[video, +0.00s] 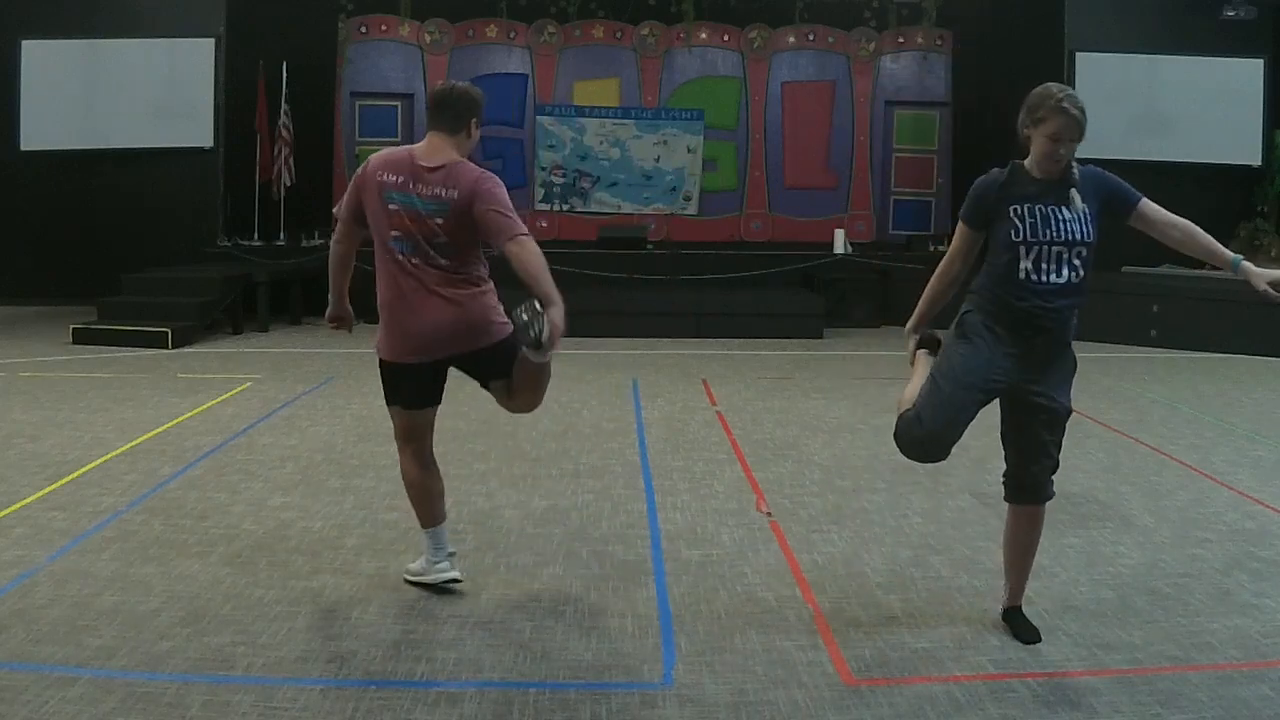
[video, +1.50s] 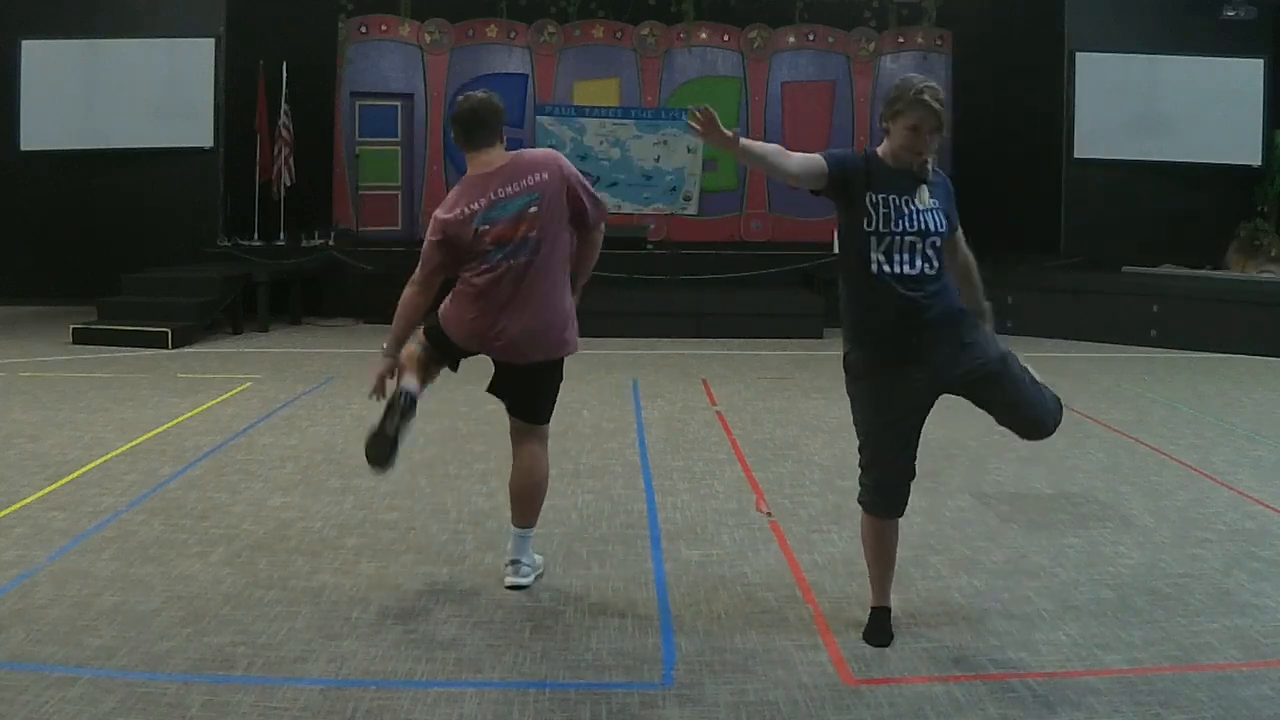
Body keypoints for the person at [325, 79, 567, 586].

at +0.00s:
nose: (479, 137)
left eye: (479, 130)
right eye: (480, 130)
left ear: (428, 121)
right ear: (471, 127)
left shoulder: (375, 168)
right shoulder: (478, 182)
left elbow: (343, 239)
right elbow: (516, 243)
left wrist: (338, 299)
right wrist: (552, 299)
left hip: (404, 335)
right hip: (473, 324)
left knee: (414, 447)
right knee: (521, 398)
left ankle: (439, 557)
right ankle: (539, 334)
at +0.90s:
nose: (471, 137)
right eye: (471, 131)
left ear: (418, 131)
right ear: (466, 131)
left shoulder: (384, 182)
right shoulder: (487, 181)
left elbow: (367, 255)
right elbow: (516, 251)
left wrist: (373, 303)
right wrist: (545, 317)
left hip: (414, 336)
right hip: (480, 333)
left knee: (433, 447)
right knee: (491, 422)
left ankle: (443, 565)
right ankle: (532, 396)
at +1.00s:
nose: (477, 134)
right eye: (479, 127)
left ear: (428, 127)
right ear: (476, 127)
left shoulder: (392, 179)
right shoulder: (497, 184)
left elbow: (366, 250)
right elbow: (527, 264)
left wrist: (376, 292)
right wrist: (556, 328)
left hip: (421, 339)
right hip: (488, 337)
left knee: (436, 446)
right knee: (497, 408)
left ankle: (443, 565)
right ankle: (542, 465)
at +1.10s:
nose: (486, 134)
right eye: (487, 126)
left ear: (437, 126)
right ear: (487, 128)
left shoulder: (405, 181)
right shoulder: (509, 187)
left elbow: (374, 249)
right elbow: (536, 266)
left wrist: (378, 294)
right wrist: (554, 320)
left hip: (428, 340)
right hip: (495, 339)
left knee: (441, 445)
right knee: (509, 423)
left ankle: (444, 564)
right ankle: (528, 538)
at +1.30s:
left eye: (463, 128)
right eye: (509, 125)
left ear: (460, 130)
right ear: (509, 129)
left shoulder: (437, 192)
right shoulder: (543, 182)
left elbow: (406, 266)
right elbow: (562, 256)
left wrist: (379, 320)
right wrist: (530, 301)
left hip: (451, 337)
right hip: (522, 338)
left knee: (435, 433)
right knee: (521, 440)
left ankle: (433, 552)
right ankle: (521, 557)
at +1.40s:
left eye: (467, 129)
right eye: (503, 125)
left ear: (461, 132)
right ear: (510, 128)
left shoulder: (447, 202)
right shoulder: (552, 172)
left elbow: (414, 274)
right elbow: (584, 234)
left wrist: (382, 335)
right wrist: (552, 283)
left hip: (461, 330)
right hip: (532, 334)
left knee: (424, 390)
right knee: (525, 440)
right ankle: (520, 559)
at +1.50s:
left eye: (462, 135)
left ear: (457, 139)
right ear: (504, 132)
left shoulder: (452, 212)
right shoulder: (551, 166)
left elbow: (421, 287)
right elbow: (594, 225)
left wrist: (389, 351)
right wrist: (572, 286)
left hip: (472, 321)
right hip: (543, 327)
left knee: (424, 347)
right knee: (529, 438)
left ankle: (403, 402)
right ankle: (520, 558)